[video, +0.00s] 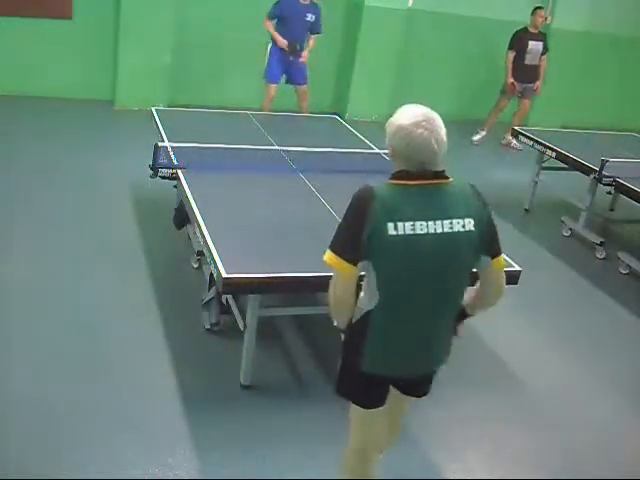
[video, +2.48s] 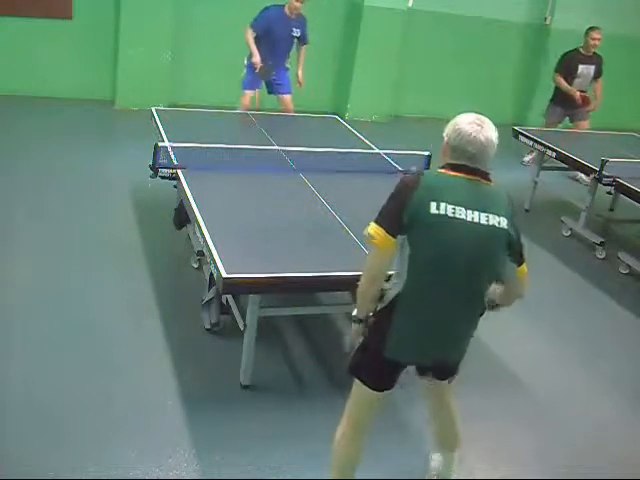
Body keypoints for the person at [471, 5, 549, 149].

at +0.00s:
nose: (542, 20)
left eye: (543, 17)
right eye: (539, 17)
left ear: (544, 20)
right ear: (532, 17)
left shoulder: (543, 37)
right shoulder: (519, 34)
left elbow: (543, 59)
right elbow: (510, 56)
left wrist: (540, 80)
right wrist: (509, 77)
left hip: (531, 81)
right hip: (515, 79)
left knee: (524, 110)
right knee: (500, 106)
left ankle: (510, 136)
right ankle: (484, 130)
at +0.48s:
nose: (552, 23)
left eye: (554, 20)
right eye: (550, 19)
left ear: (555, 22)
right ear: (542, 19)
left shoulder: (553, 39)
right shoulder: (528, 37)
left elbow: (553, 60)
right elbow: (517, 56)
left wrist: (551, 80)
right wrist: (516, 76)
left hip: (540, 80)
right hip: (525, 79)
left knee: (527, 110)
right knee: (521, 110)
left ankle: (514, 135)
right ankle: (513, 141)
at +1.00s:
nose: (557, 24)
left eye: (559, 21)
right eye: (554, 21)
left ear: (560, 23)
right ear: (546, 22)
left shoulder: (556, 41)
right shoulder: (536, 40)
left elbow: (557, 62)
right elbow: (531, 64)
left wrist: (558, 79)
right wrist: (551, 78)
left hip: (547, 84)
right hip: (532, 84)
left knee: (544, 117)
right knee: (530, 118)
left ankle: (540, 148)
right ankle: (519, 145)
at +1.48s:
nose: (571, 30)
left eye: (573, 27)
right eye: (569, 26)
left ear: (574, 28)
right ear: (561, 27)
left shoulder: (574, 47)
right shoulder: (548, 44)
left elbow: (576, 68)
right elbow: (537, 66)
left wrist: (575, 89)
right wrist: (548, 83)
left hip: (562, 91)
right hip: (544, 89)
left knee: (558, 126)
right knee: (533, 121)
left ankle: (549, 154)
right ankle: (522, 144)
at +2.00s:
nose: (576, 35)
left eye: (579, 32)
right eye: (573, 31)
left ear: (581, 33)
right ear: (566, 31)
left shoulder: (579, 51)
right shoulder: (551, 48)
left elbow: (582, 72)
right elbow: (541, 69)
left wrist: (582, 94)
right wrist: (557, 85)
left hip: (567, 93)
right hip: (548, 91)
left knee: (571, 127)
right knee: (540, 125)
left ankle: (557, 154)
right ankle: (535, 151)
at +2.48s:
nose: (595, 43)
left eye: (598, 40)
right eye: (593, 39)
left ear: (600, 42)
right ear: (585, 39)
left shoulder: (597, 60)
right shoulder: (570, 56)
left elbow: (597, 80)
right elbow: (557, 77)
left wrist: (597, 100)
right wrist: (572, 91)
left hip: (581, 100)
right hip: (561, 99)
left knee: (582, 135)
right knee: (547, 129)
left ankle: (578, 168)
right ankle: (536, 152)